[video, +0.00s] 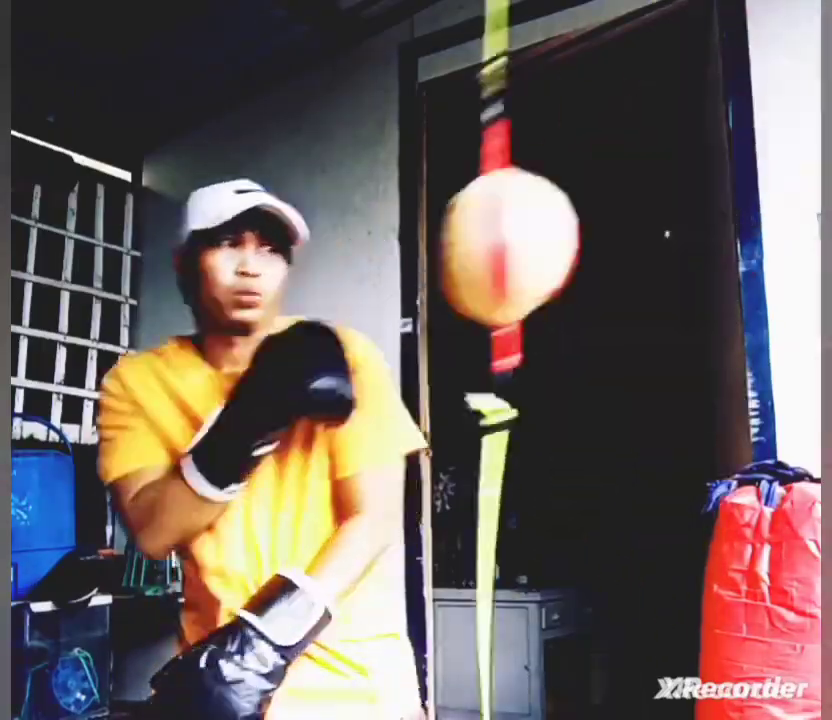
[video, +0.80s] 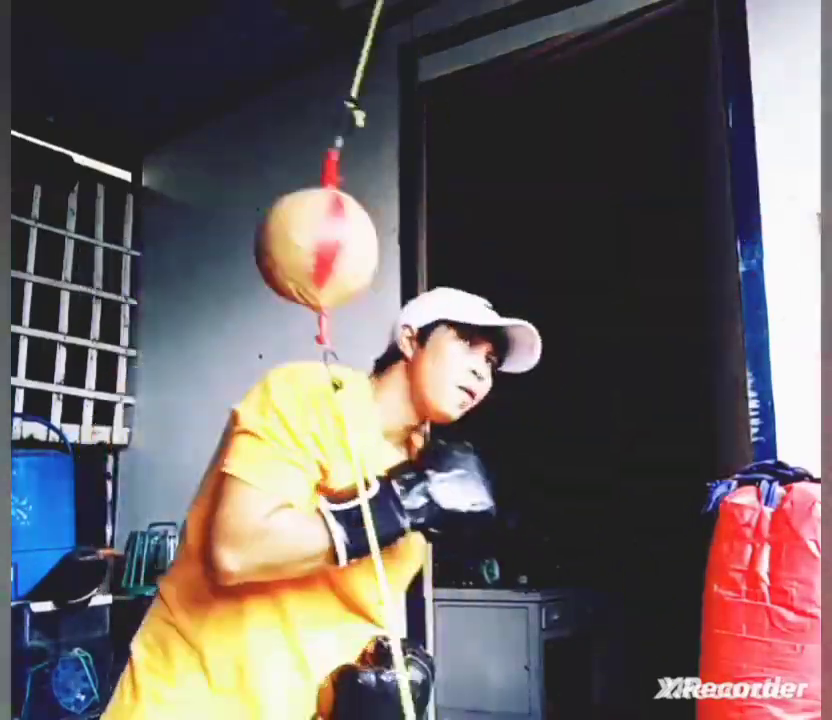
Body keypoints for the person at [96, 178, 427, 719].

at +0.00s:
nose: (250, 266)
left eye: (268, 248)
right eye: (228, 244)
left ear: (286, 267)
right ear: (189, 264)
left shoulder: (345, 356)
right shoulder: (138, 381)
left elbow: (375, 519)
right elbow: (153, 531)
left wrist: (263, 641)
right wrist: (241, 430)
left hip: (356, 682)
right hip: (222, 685)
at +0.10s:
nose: (163, 300)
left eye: (181, 277)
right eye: (139, 281)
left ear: (207, 291)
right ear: (111, 307)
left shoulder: (271, 379)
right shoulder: (108, 432)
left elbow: (328, 538)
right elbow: (128, 588)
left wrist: (230, 671)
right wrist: (144, 474)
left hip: (335, 679)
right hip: (216, 680)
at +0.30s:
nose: (228, 289)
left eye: (242, 272)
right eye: (202, 271)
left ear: (260, 288)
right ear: (153, 296)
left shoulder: (325, 379)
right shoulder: (116, 428)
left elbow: (377, 528)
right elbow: (150, 581)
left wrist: (282, 654)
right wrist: (188, 464)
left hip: (353, 688)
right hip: (213, 695)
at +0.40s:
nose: (336, 266)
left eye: (343, 250)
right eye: (311, 245)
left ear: (353, 260)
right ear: (251, 261)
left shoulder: (383, 380)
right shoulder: (185, 365)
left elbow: (409, 517)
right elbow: (205, 502)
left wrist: (370, 609)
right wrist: (298, 378)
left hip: (368, 683)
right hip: (222, 687)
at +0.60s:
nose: (491, 333)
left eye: (496, 321)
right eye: (473, 307)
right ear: (411, 306)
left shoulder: (426, 424)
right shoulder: (343, 352)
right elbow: (364, 464)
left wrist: (392, 644)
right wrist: (484, 418)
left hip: (319, 692)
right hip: (230, 685)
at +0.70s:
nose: (519, 372)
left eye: (525, 360)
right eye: (503, 346)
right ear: (441, 344)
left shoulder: (439, 473)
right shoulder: (345, 401)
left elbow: (403, 605)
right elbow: (293, 562)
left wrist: (408, 685)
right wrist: (446, 516)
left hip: (315, 702)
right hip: (205, 694)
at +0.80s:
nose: (483, 371)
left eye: (492, 361)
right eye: (468, 343)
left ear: (491, 384)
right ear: (410, 337)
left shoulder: (421, 480)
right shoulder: (301, 391)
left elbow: (376, 627)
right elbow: (235, 552)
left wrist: (395, 676)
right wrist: (403, 504)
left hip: (303, 706)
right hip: (191, 693)